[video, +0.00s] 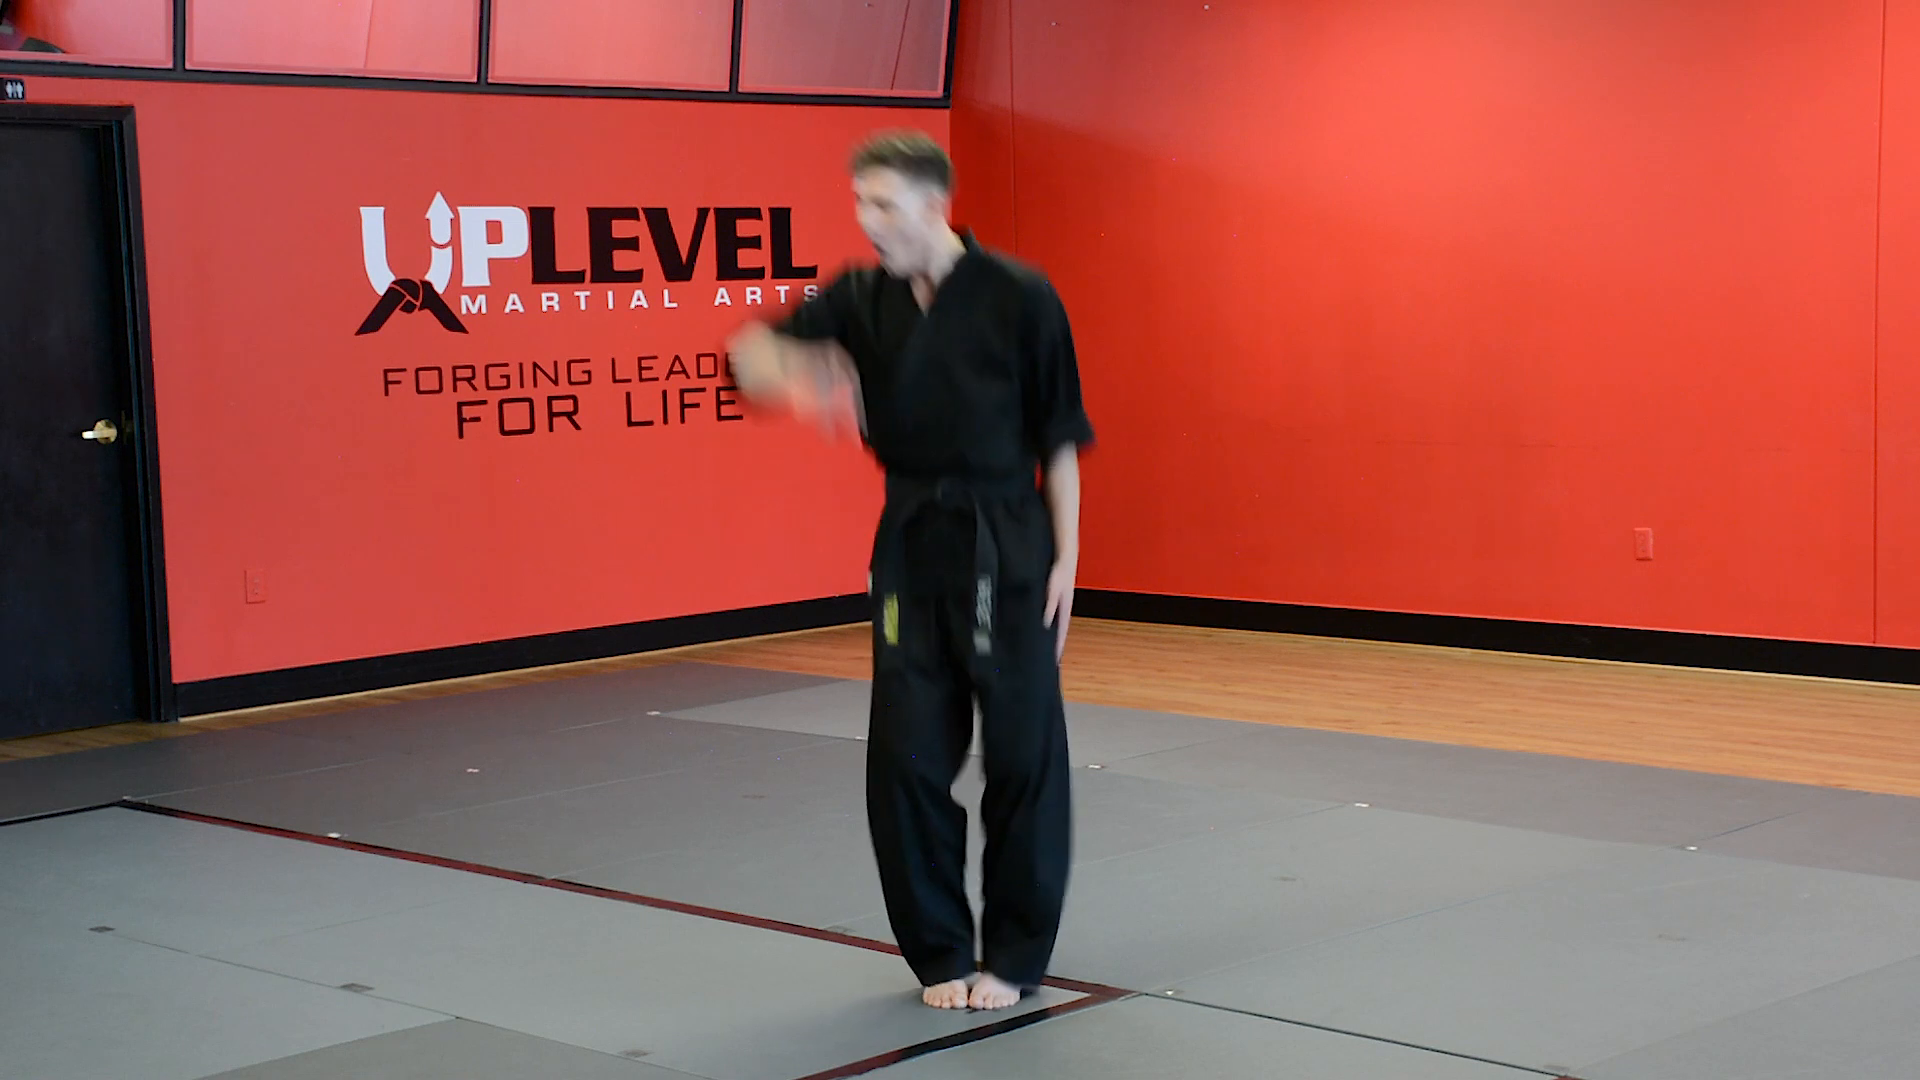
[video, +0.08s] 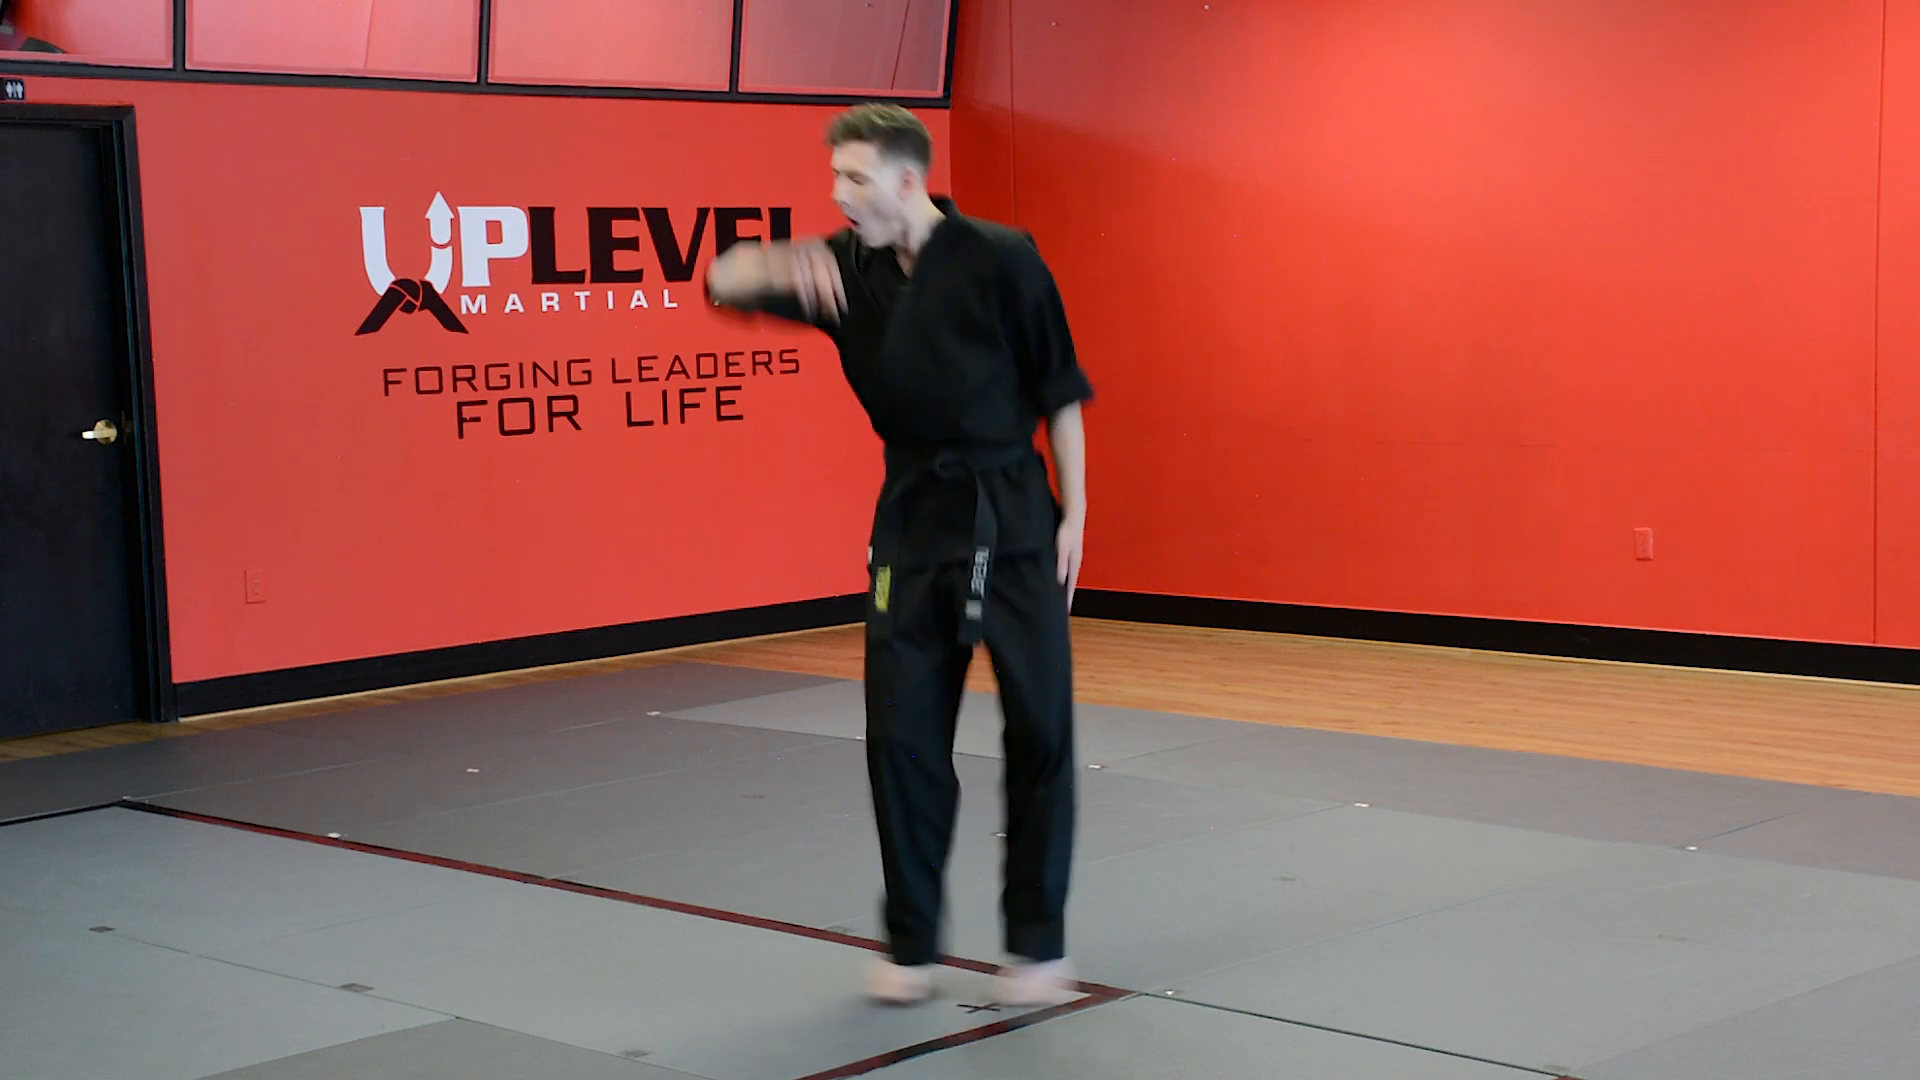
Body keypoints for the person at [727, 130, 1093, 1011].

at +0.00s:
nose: (868, 223)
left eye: (883, 206)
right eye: (861, 207)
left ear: (936, 202)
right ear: (862, 210)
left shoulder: (1021, 295)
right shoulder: (862, 295)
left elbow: (1059, 437)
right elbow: (750, 349)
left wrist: (1066, 560)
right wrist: (798, 379)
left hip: (1009, 537)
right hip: (910, 538)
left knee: (1025, 753)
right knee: (908, 756)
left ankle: (1015, 958)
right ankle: (942, 955)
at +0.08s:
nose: (842, 197)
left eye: (857, 181)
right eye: (837, 181)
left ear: (911, 178)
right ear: (843, 183)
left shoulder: (1002, 256)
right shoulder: (844, 266)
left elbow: (1061, 389)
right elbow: (720, 281)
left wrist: (1076, 513)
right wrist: (776, 267)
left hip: (1012, 511)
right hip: (912, 511)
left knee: (1042, 732)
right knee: (903, 735)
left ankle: (1036, 949)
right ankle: (911, 949)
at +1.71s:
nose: (924, 237)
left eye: (941, 224)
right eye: (910, 222)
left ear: (968, 236)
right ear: (887, 233)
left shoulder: (1015, 328)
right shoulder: (852, 353)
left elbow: (998, 432)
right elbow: (839, 501)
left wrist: (882, 388)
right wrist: (869, 600)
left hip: (1009, 573)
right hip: (899, 581)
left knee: (1110, 759)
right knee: (828, 766)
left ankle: (1156, 947)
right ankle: (804, 960)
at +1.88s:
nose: (920, 233)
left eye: (937, 218)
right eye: (907, 218)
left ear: (966, 231)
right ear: (886, 231)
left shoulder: (1016, 327)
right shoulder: (853, 357)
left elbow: (1019, 445)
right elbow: (844, 509)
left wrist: (893, 439)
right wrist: (867, 607)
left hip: (1009, 576)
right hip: (898, 586)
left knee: (1110, 760)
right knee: (827, 768)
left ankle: (1156, 947)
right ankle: (804, 958)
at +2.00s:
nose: (922, 231)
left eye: (939, 217)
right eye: (909, 216)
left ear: (967, 231)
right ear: (886, 229)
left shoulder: (1016, 329)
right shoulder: (853, 356)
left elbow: (1033, 459)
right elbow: (849, 509)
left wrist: (915, 493)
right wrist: (877, 609)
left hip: (1011, 582)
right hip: (896, 591)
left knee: (1110, 761)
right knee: (827, 768)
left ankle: (1156, 947)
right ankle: (805, 959)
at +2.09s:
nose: (922, 229)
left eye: (940, 216)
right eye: (909, 215)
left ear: (968, 232)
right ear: (888, 228)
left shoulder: (1015, 330)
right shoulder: (853, 355)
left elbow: (1042, 464)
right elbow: (846, 503)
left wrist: (942, 530)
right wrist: (871, 603)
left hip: (1009, 583)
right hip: (892, 595)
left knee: (1109, 761)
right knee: (827, 768)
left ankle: (1156, 947)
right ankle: (805, 959)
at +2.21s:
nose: (924, 221)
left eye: (943, 209)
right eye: (911, 208)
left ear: (972, 228)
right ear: (890, 225)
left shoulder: (1015, 332)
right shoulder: (853, 351)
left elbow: (1056, 472)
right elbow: (844, 499)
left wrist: (994, 575)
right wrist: (869, 601)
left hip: (1009, 573)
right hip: (895, 582)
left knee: (1106, 755)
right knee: (828, 764)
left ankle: (1154, 946)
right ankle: (804, 959)